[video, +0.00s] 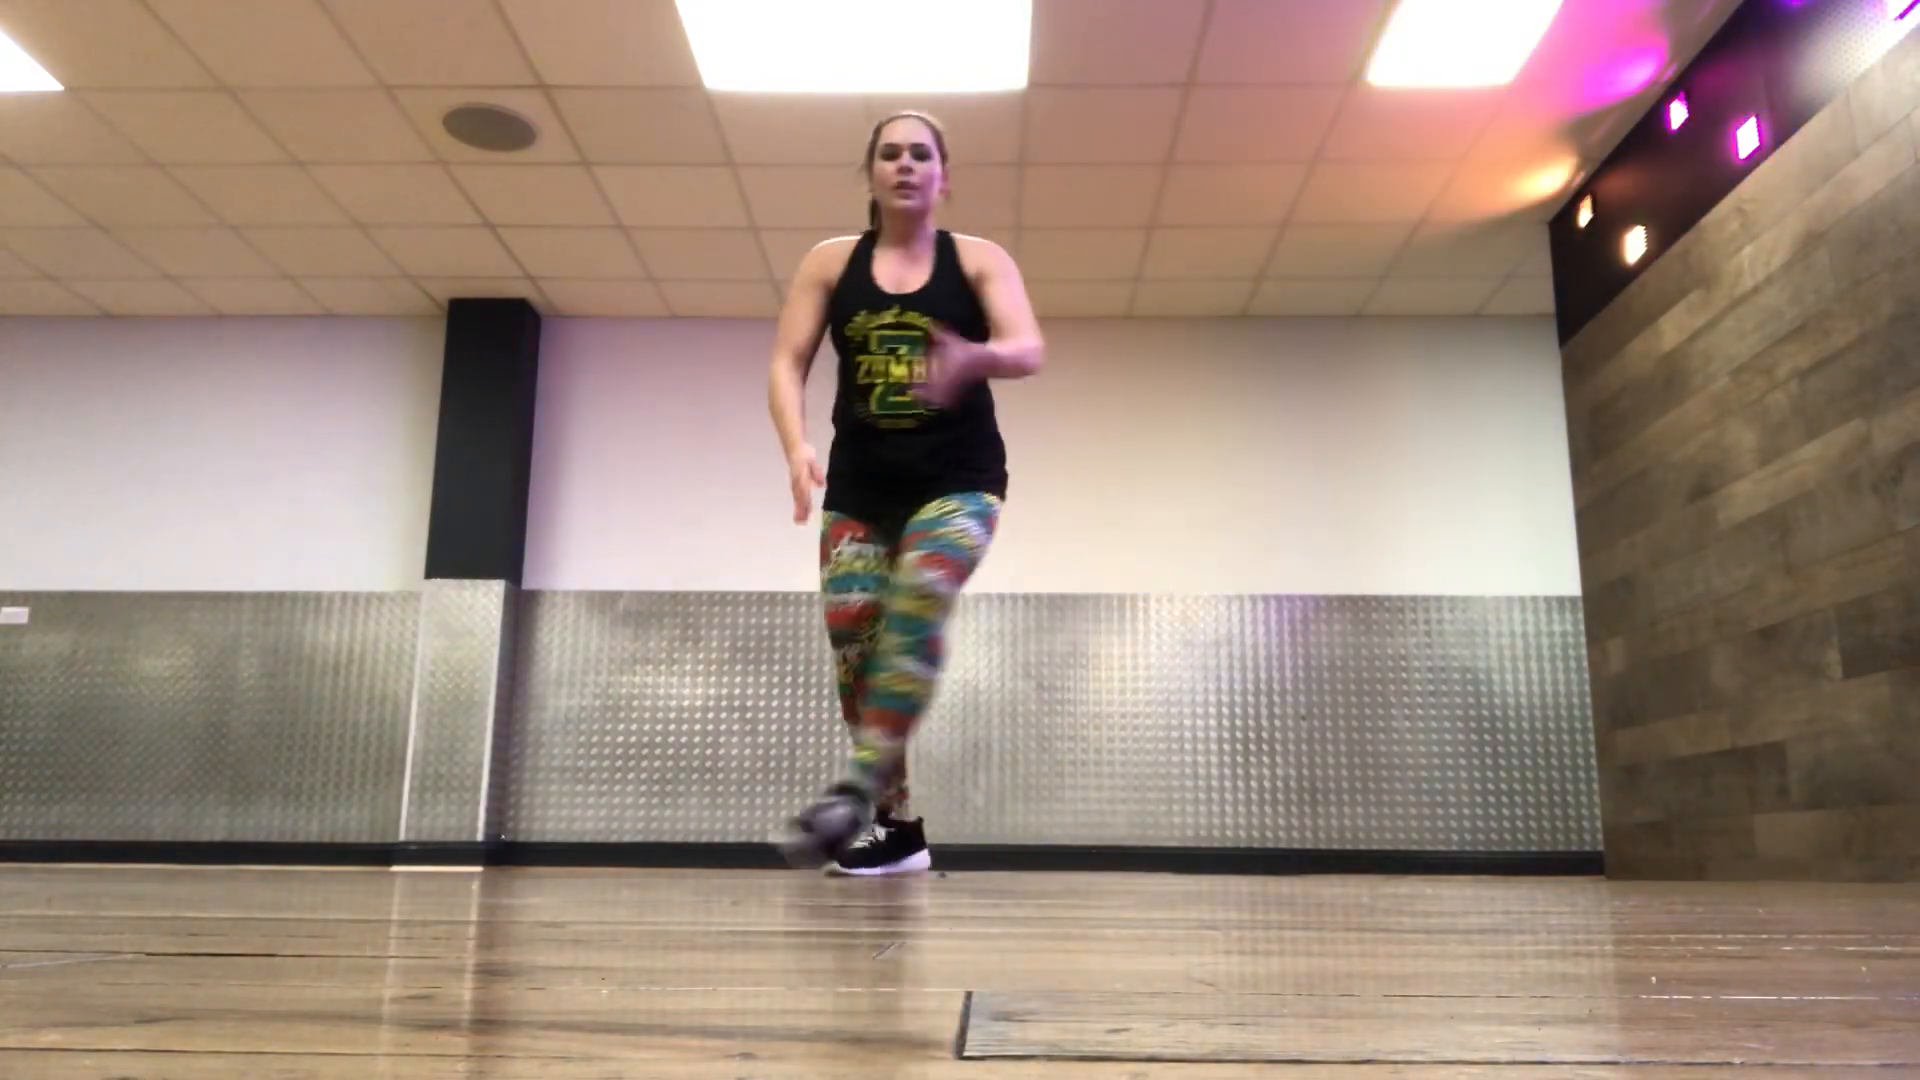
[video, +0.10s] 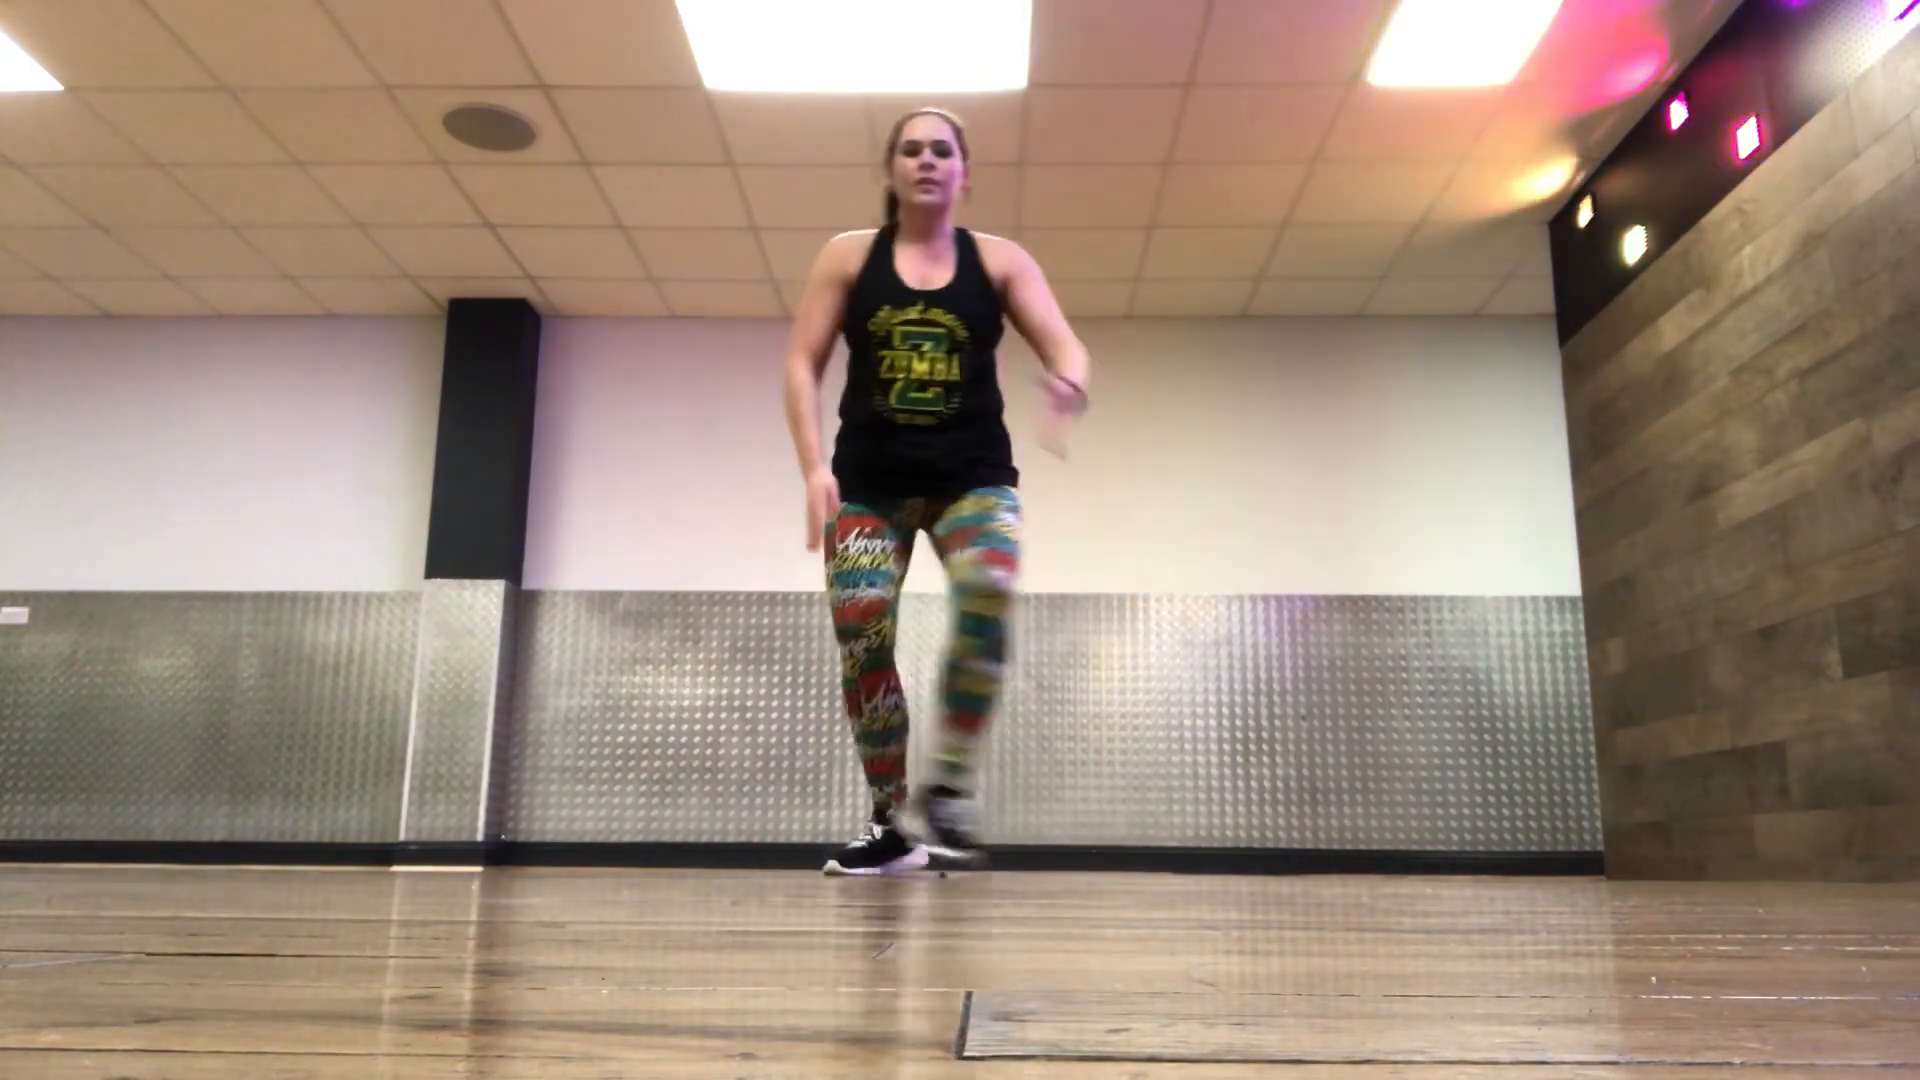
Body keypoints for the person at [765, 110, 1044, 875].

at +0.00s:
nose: (907, 165)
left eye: (921, 154)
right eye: (892, 154)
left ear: (943, 175)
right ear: (869, 175)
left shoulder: (981, 261)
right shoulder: (831, 262)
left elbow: (1028, 350)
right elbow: (788, 364)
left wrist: (973, 357)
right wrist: (797, 448)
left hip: (957, 481)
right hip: (860, 484)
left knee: (915, 609)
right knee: (853, 634)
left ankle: (856, 791)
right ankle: (897, 826)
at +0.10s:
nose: (927, 161)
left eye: (941, 151)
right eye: (912, 151)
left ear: (964, 172)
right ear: (889, 170)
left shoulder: (1000, 261)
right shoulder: (848, 257)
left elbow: (1063, 348)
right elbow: (803, 364)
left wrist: (1069, 383)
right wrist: (814, 470)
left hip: (972, 477)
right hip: (871, 480)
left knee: (988, 597)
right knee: (858, 629)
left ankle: (947, 791)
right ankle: (892, 822)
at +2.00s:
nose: (933, 219)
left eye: (948, 207)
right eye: (920, 212)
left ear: (980, 223)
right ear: (909, 232)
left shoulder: (1001, 277)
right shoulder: (920, 318)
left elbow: (951, 262)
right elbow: (840, 377)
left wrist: (841, 293)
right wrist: (797, 316)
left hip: (1022, 493)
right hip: (957, 503)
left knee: (945, 620)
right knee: (912, 646)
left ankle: (956, 821)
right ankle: (988, 824)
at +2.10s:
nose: (935, 212)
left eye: (948, 196)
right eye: (924, 203)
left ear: (975, 218)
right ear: (910, 229)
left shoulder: (996, 288)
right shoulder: (911, 320)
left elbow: (997, 212)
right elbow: (830, 376)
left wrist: (881, 219)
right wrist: (791, 307)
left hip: (1033, 486)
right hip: (962, 501)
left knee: (964, 602)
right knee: (921, 643)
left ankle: (958, 812)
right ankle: (992, 825)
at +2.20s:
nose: (937, 215)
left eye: (951, 200)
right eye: (925, 206)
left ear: (976, 220)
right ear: (911, 227)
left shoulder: (1001, 286)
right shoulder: (910, 319)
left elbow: (1017, 221)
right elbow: (827, 375)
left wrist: (905, 195)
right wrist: (791, 306)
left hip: (1037, 483)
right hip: (962, 504)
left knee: (984, 591)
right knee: (929, 643)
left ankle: (992, 801)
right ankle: (992, 829)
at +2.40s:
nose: (948, 211)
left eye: (961, 200)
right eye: (934, 203)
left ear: (989, 220)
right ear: (919, 228)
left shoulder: (1019, 277)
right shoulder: (914, 323)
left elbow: (1038, 321)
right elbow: (835, 383)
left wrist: (932, 297)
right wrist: (802, 313)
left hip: (1049, 491)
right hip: (967, 505)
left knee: (1026, 621)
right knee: (926, 644)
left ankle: (1070, 823)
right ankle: (988, 826)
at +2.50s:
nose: (955, 213)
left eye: (968, 202)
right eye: (941, 205)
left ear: (995, 221)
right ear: (925, 230)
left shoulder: (1026, 276)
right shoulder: (917, 322)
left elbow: (1064, 299)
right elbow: (835, 381)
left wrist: (953, 288)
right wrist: (805, 313)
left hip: (1053, 494)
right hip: (969, 507)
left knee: (1030, 625)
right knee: (928, 645)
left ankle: (1069, 823)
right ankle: (983, 825)